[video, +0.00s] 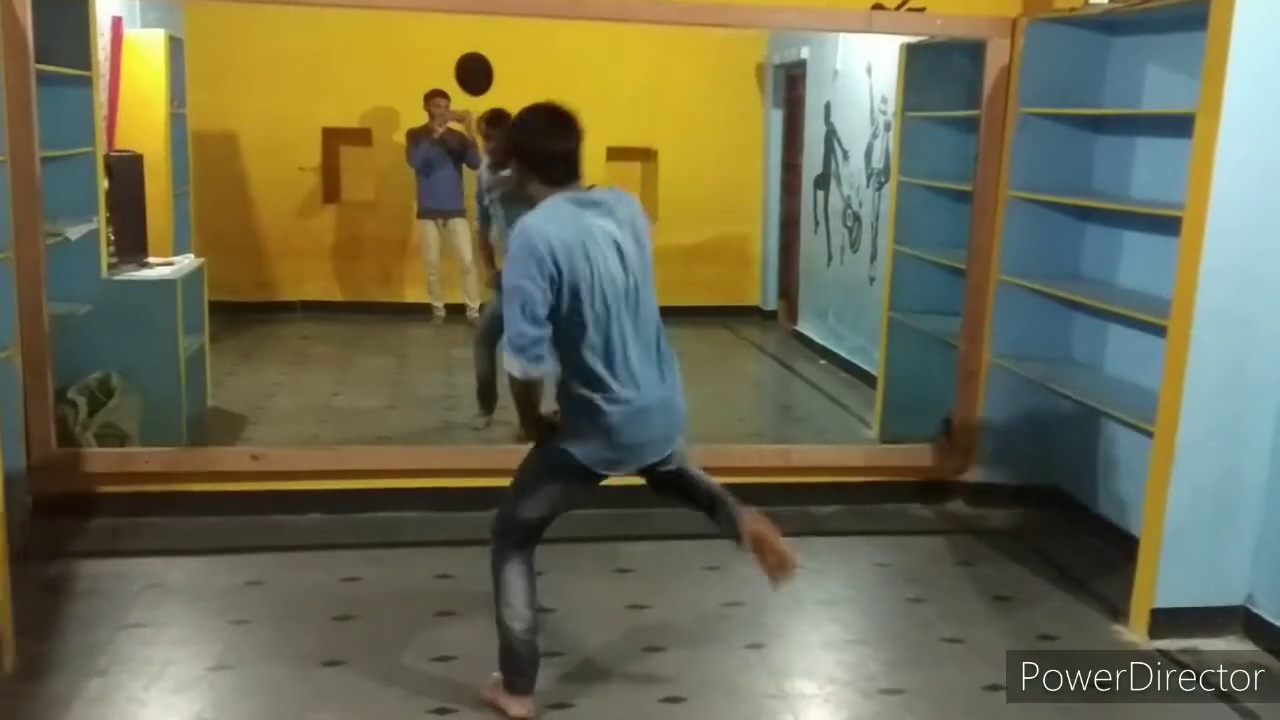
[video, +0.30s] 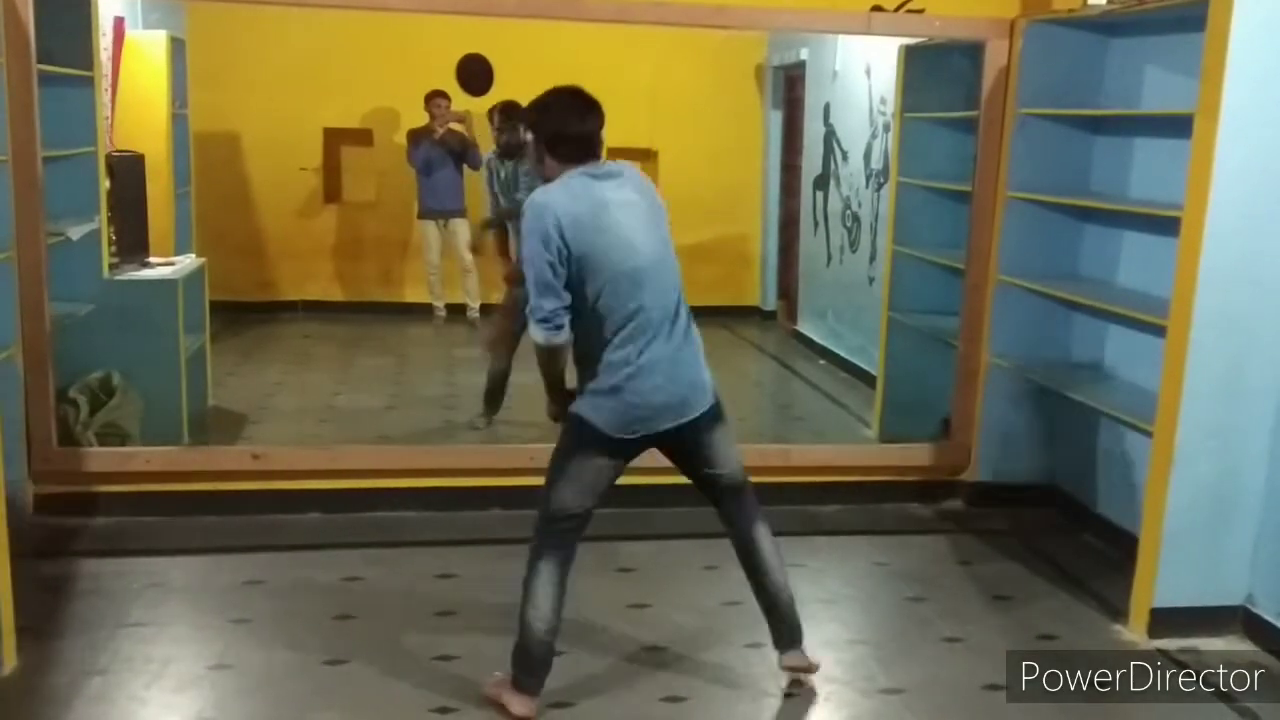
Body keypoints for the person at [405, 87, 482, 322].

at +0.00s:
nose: (440, 111)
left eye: (444, 106)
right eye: (435, 106)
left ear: (449, 109)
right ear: (427, 108)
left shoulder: (456, 136)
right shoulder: (416, 134)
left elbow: (474, 162)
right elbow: (415, 161)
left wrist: (470, 133)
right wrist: (434, 135)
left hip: (455, 210)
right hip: (428, 210)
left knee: (467, 262)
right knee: (432, 264)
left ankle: (473, 309)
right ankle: (437, 308)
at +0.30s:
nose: (440, 111)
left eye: (444, 107)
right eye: (436, 106)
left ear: (450, 110)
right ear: (427, 109)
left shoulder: (457, 136)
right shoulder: (417, 135)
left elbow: (475, 163)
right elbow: (416, 162)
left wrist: (468, 134)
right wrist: (435, 136)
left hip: (455, 209)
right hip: (429, 210)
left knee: (466, 261)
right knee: (432, 263)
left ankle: (473, 309)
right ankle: (438, 308)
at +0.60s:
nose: (440, 111)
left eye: (445, 106)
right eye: (436, 106)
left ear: (450, 110)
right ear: (427, 108)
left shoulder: (457, 136)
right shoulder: (417, 135)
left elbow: (476, 163)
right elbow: (415, 161)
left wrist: (470, 132)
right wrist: (436, 134)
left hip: (456, 210)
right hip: (429, 211)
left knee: (467, 263)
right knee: (433, 264)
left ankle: (474, 310)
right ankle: (438, 309)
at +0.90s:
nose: (441, 110)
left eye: (445, 106)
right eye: (436, 106)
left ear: (450, 109)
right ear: (427, 108)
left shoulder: (457, 136)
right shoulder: (417, 134)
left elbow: (476, 162)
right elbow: (415, 161)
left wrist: (469, 131)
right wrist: (435, 134)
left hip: (456, 209)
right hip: (429, 210)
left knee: (468, 262)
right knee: (433, 264)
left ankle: (474, 309)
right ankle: (438, 308)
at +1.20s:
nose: (439, 108)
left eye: (443, 104)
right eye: (434, 103)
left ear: (449, 107)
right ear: (426, 106)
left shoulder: (455, 133)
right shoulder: (415, 132)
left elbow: (475, 160)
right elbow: (414, 158)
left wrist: (468, 128)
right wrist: (434, 132)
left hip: (455, 206)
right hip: (427, 208)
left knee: (466, 260)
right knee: (432, 261)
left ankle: (473, 308)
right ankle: (437, 306)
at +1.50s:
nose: (437, 106)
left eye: (441, 101)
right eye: (432, 101)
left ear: (447, 104)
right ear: (424, 103)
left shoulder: (454, 131)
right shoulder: (413, 129)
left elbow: (473, 158)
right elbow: (412, 156)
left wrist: (467, 126)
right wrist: (432, 130)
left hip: (453, 204)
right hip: (426, 205)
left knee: (465, 258)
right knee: (430, 259)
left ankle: (471, 305)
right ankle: (436, 304)